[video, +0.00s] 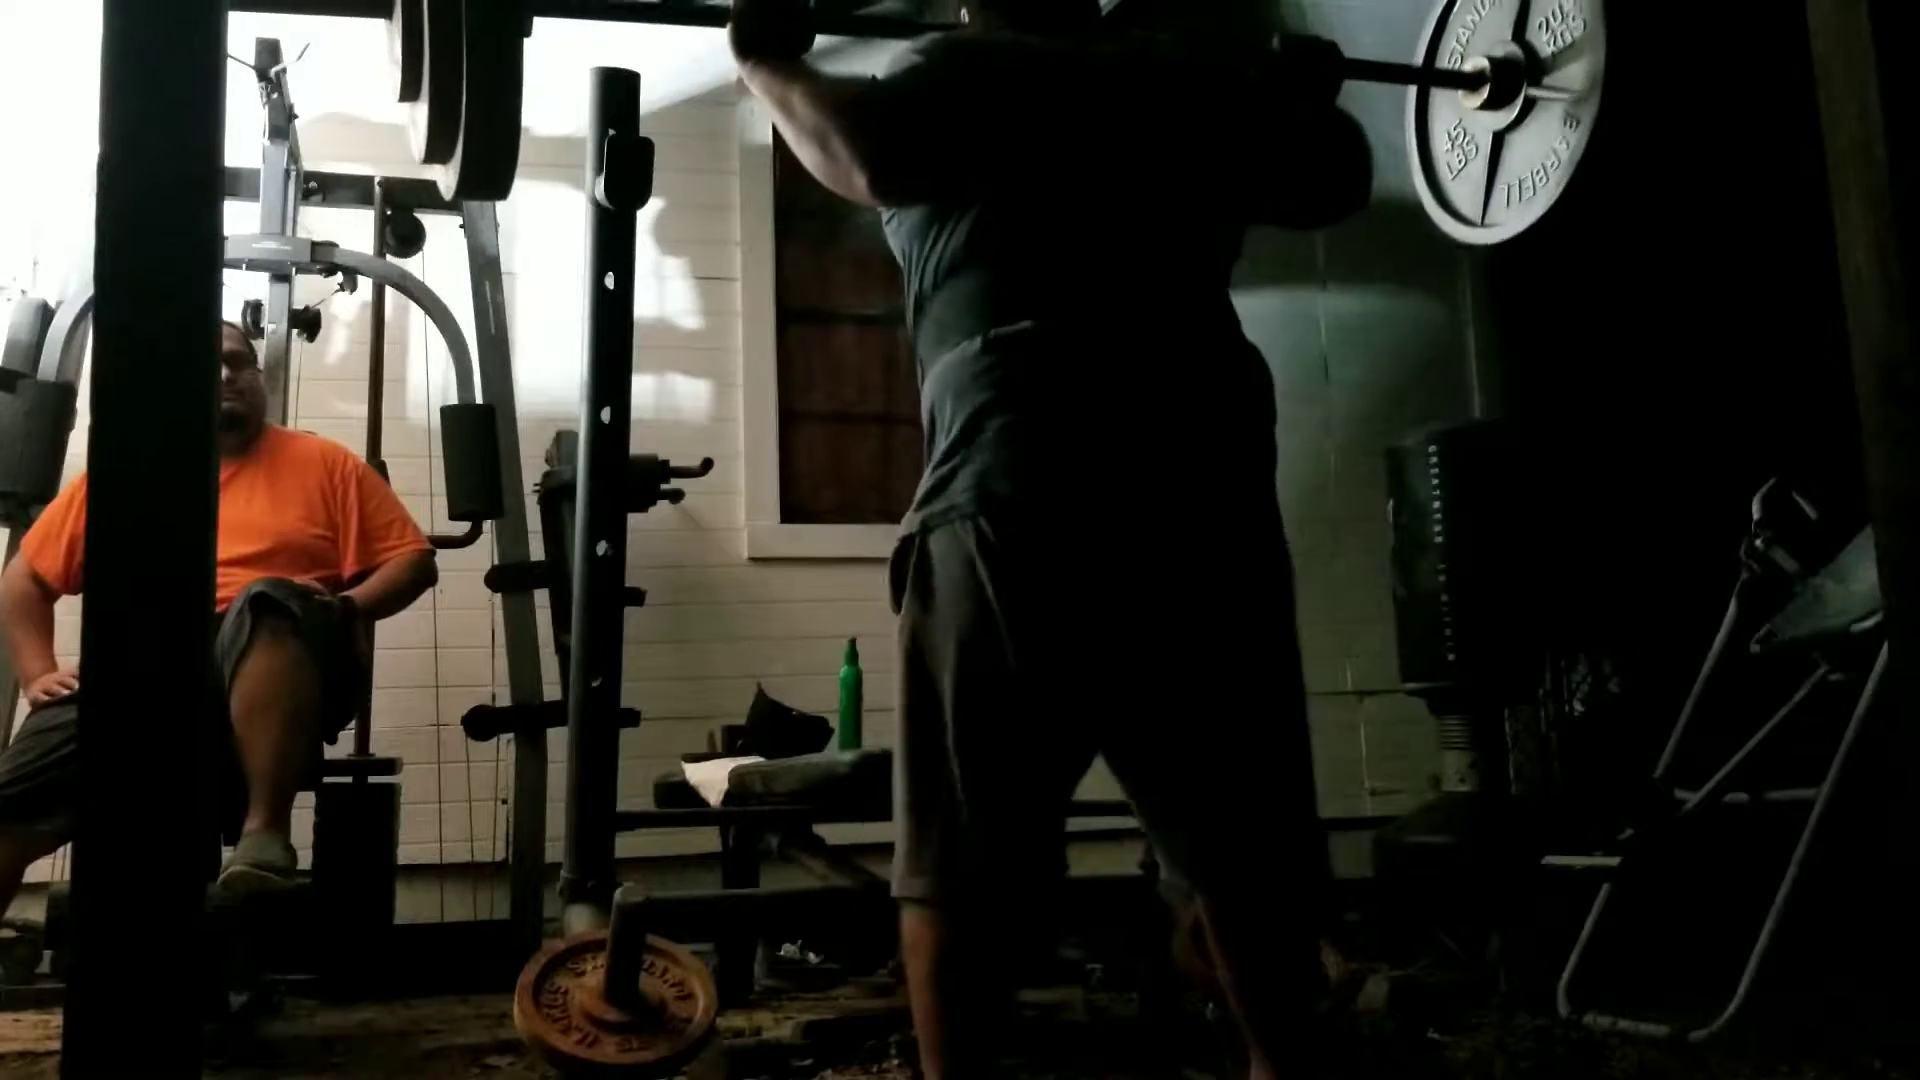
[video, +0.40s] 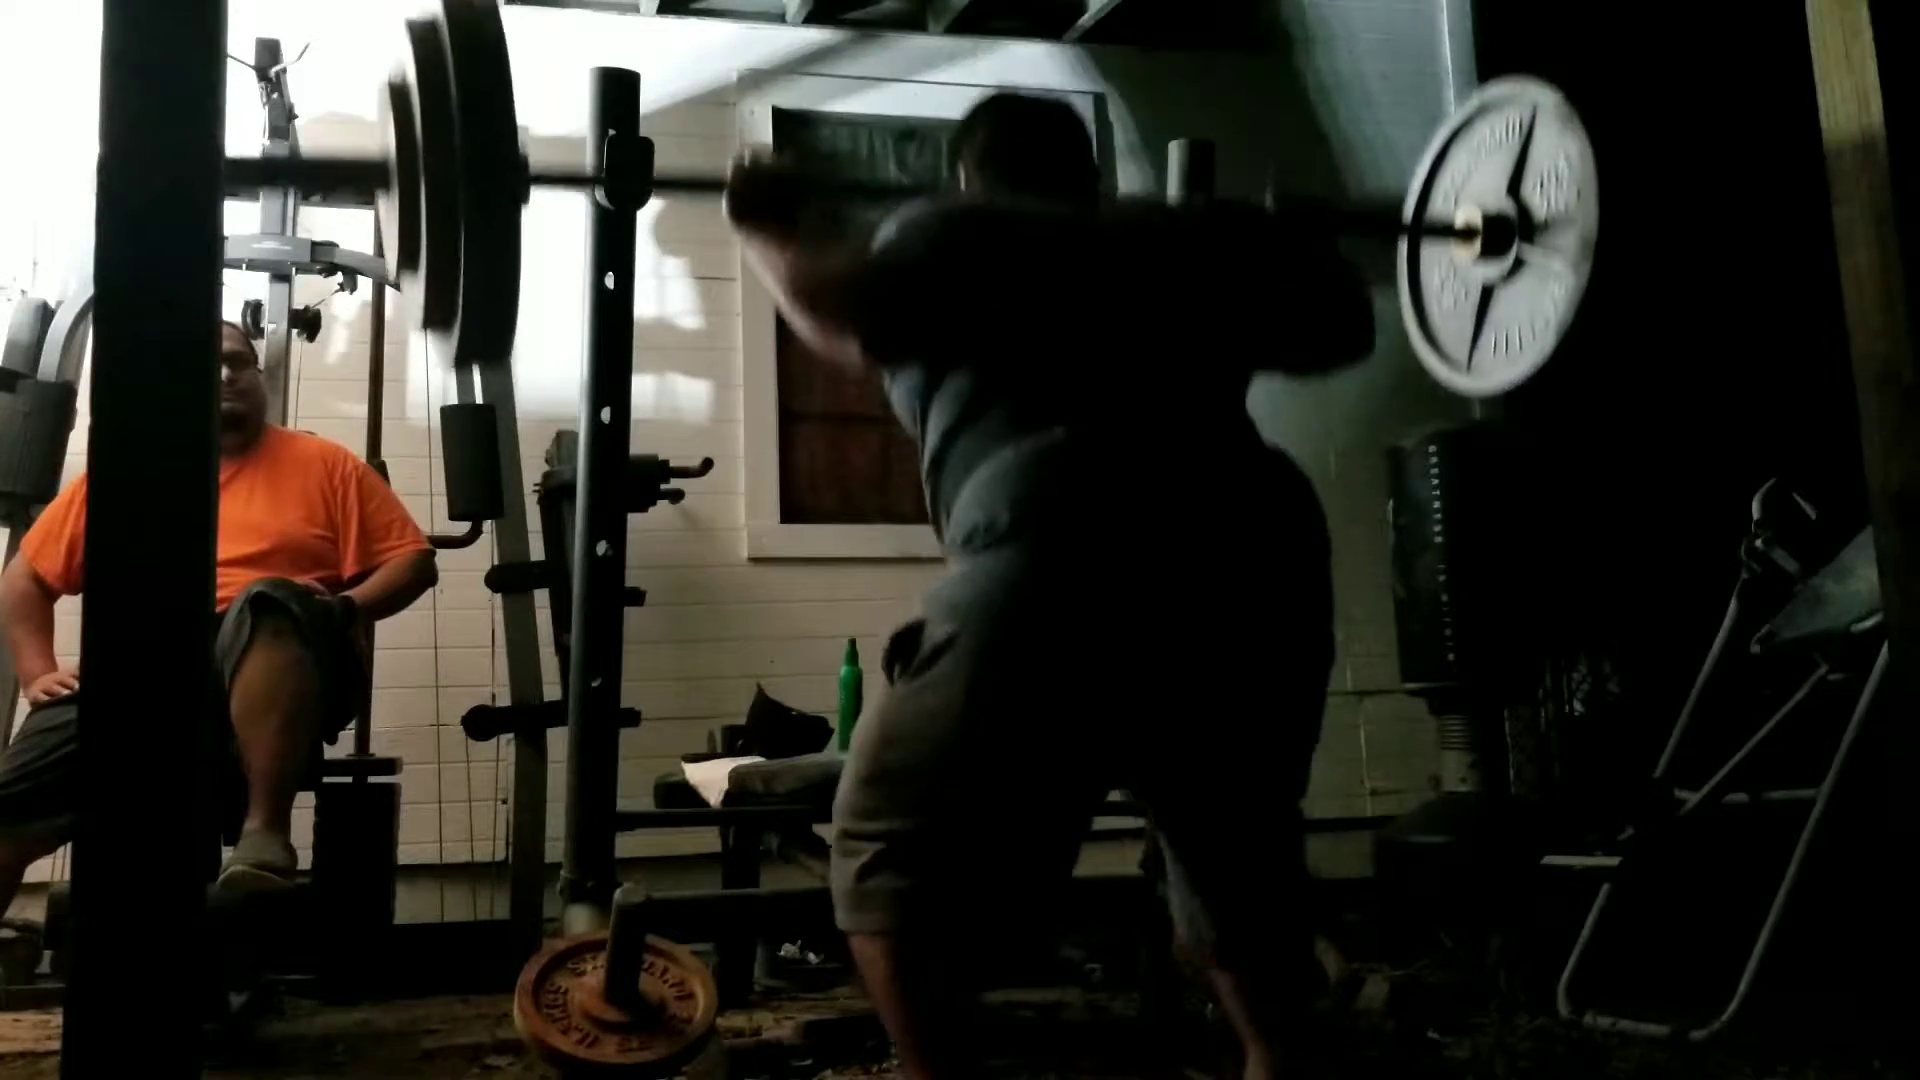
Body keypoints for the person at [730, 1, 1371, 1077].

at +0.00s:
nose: (937, 25)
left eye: (941, 13)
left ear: (967, 10)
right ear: (1092, 4)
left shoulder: (946, 77)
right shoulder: (1185, 87)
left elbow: (863, 160)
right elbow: (1336, 177)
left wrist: (764, 59)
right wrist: (1311, 87)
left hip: (1012, 487)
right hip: (1204, 482)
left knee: (960, 841)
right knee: (1242, 826)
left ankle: (954, 1063)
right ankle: (1283, 1057)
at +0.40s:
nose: (954, 189)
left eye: (958, 174)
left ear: (968, 176)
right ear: (1092, 176)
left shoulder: (939, 239)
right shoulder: (1181, 243)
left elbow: (842, 315)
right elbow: (1336, 324)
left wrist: (769, 227)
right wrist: (1295, 231)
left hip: (1042, 566)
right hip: (1250, 559)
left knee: (888, 848)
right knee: (1235, 840)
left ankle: (935, 1060)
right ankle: (1280, 1054)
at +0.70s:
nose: (949, 333)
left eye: (955, 319)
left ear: (970, 327)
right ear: (1086, 323)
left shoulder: (939, 399)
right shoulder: (1182, 396)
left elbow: (833, 481)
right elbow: (1344, 479)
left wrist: (770, 399)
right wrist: (1301, 393)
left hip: (1048, 742)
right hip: (1264, 721)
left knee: (845, 840)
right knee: (1253, 879)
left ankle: (927, 1060)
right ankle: (1273, 1052)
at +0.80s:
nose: (948, 385)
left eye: (952, 371)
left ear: (968, 374)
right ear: (1086, 368)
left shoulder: (934, 444)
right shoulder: (1179, 437)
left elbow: (855, 542)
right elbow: (1345, 525)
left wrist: (775, 451)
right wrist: (1300, 434)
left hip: (1039, 793)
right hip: (1256, 782)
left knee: (825, 853)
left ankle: (920, 1062)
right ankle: (1276, 1053)